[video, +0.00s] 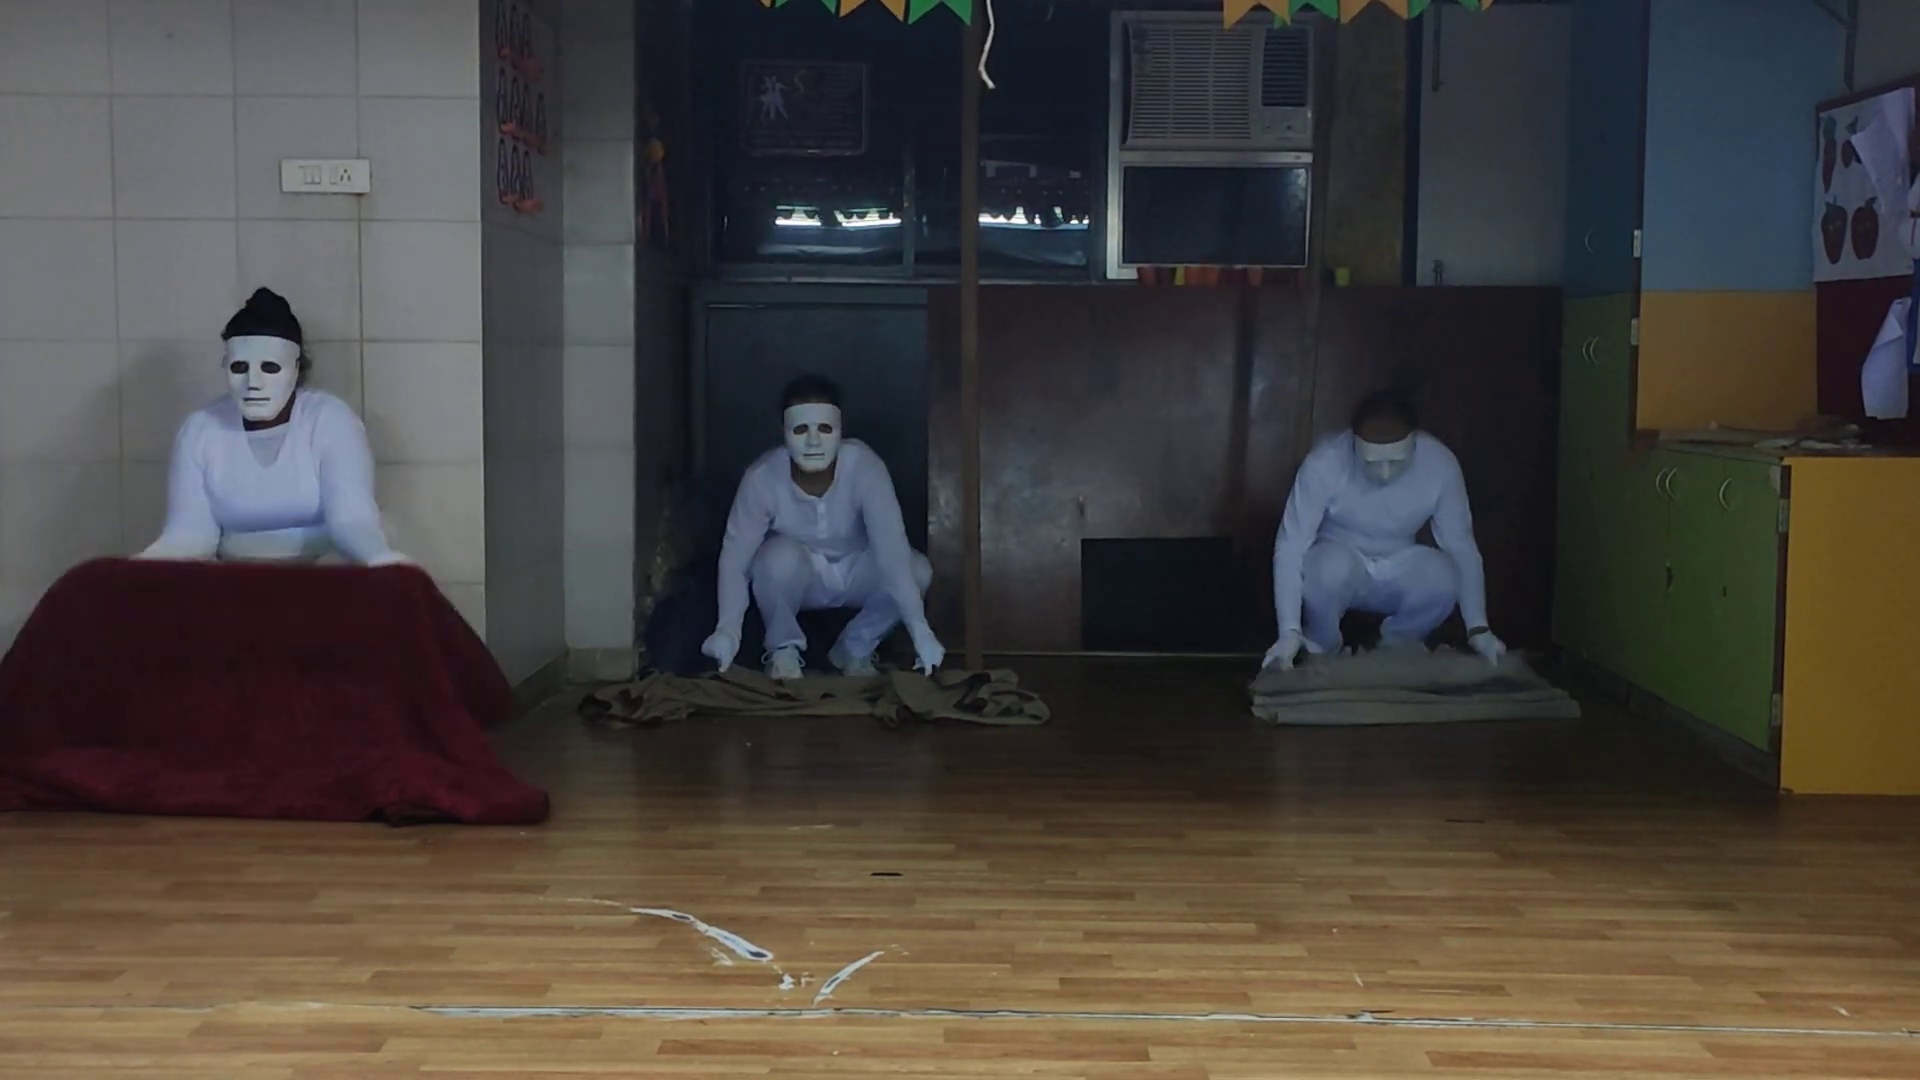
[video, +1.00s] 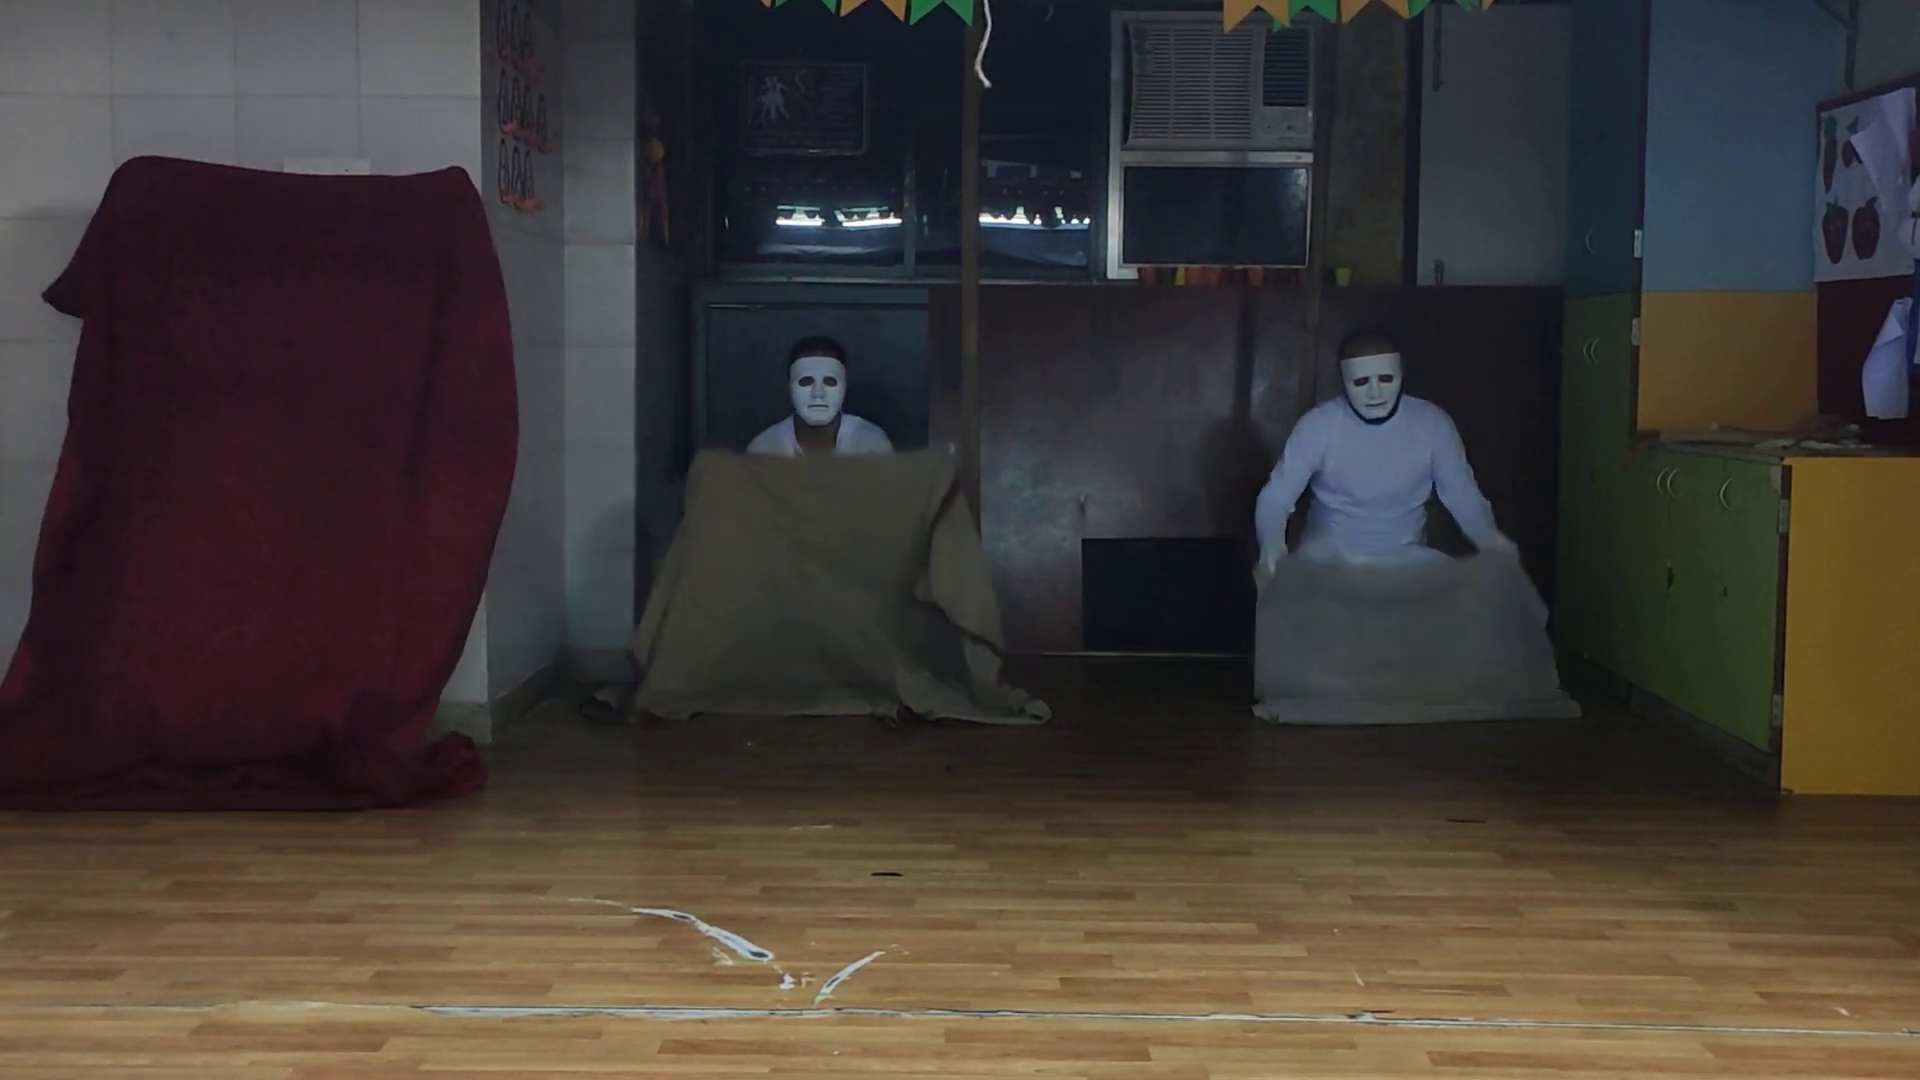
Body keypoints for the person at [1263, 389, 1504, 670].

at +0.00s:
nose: (1384, 472)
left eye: (1395, 461)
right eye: (1373, 462)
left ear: (1412, 444)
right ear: (1355, 445)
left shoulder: (1439, 466)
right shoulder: (1325, 464)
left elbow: (1462, 547)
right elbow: (1289, 547)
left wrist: (1478, 630)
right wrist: (1288, 632)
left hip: (1402, 570)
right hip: (1341, 566)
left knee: (1441, 578)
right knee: (1327, 568)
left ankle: (1398, 647)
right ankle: (1322, 649)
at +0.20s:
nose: (1379, 456)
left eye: (1391, 443)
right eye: (1367, 445)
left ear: (1408, 431)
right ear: (1350, 435)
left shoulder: (1437, 460)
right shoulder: (1323, 460)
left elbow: (1461, 541)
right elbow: (1285, 543)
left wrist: (1482, 618)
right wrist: (1286, 626)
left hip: (1403, 571)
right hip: (1340, 570)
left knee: (1444, 581)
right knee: (1324, 569)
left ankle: (1404, 643)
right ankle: (1319, 645)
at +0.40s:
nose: (1376, 423)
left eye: (1387, 409)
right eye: (1363, 412)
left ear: (1403, 401)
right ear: (1346, 408)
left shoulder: (1434, 446)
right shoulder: (1320, 446)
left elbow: (1463, 528)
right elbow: (1278, 525)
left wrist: (1488, 603)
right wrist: (1269, 607)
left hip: (1403, 567)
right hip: (1336, 566)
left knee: (1450, 584)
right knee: (1307, 575)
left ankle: (1405, 655)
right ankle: (1312, 655)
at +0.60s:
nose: (1374, 404)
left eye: (1385, 391)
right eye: (1361, 392)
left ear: (1401, 387)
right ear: (1344, 391)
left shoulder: (1432, 435)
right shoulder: (1317, 435)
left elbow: (1466, 515)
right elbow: (1274, 510)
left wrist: (1492, 588)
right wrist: (1259, 590)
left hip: (1402, 564)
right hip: (1333, 562)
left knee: (1447, 583)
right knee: (1300, 573)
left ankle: (1414, 673)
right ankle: (1307, 668)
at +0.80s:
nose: (1373, 403)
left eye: (1385, 390)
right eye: (1360, 392)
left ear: (1400, 385)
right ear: (1343, 390)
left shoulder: (1431, 435)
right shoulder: (1317, 435)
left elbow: (1465, 514)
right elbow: (1275, 511)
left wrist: (1491, 587)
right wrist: (1261, 589)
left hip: (1403, 568)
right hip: (1333, 565)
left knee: (1447, 586)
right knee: (1299, 570)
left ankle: (1407, 673)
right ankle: (1306, 668)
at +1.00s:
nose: (1374, 393)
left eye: (1386, 379)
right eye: (1361, 382)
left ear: (1401, 377)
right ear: (1344, 382)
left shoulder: (1432, 425)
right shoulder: (1320, 428)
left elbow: (1463, 496)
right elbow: (1275, 500)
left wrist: (1496, 548)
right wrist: (1274, 553)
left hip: (1408, 557)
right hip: (1331, 557)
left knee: (1474, 592)